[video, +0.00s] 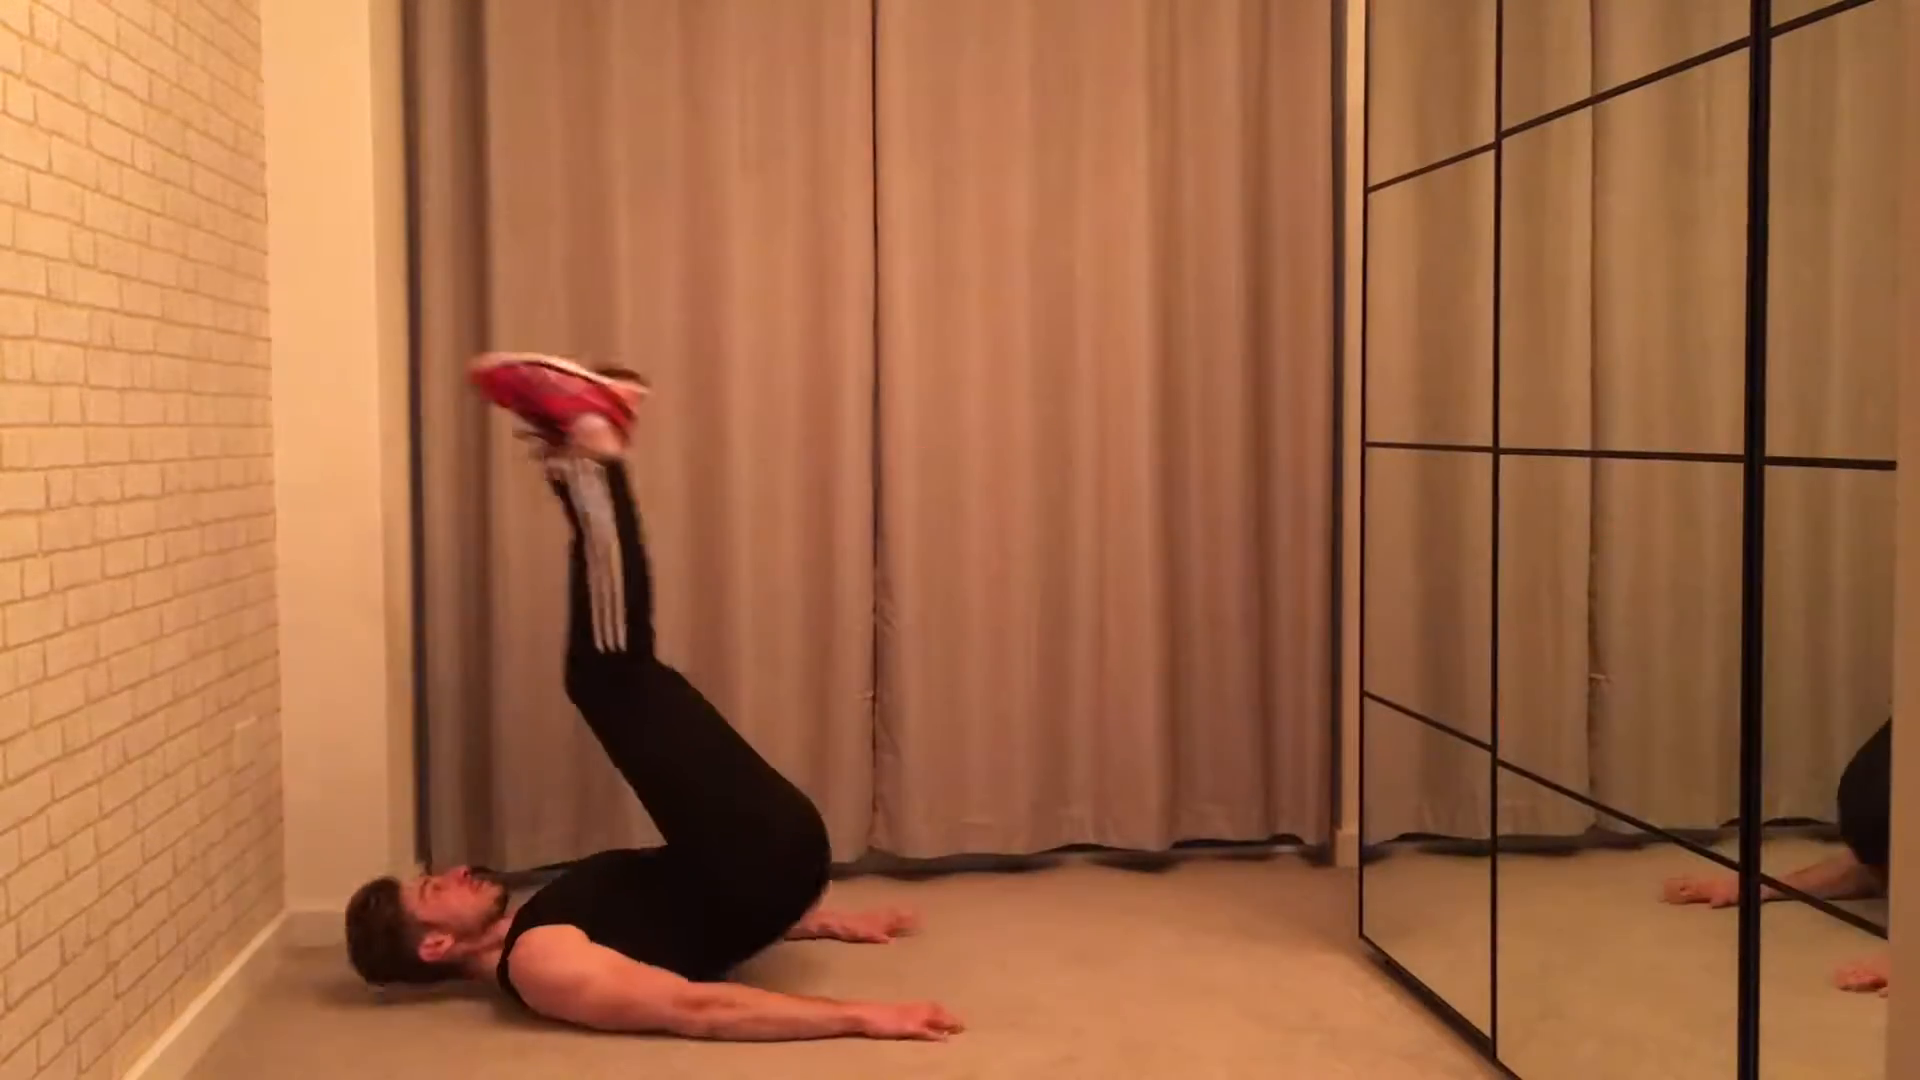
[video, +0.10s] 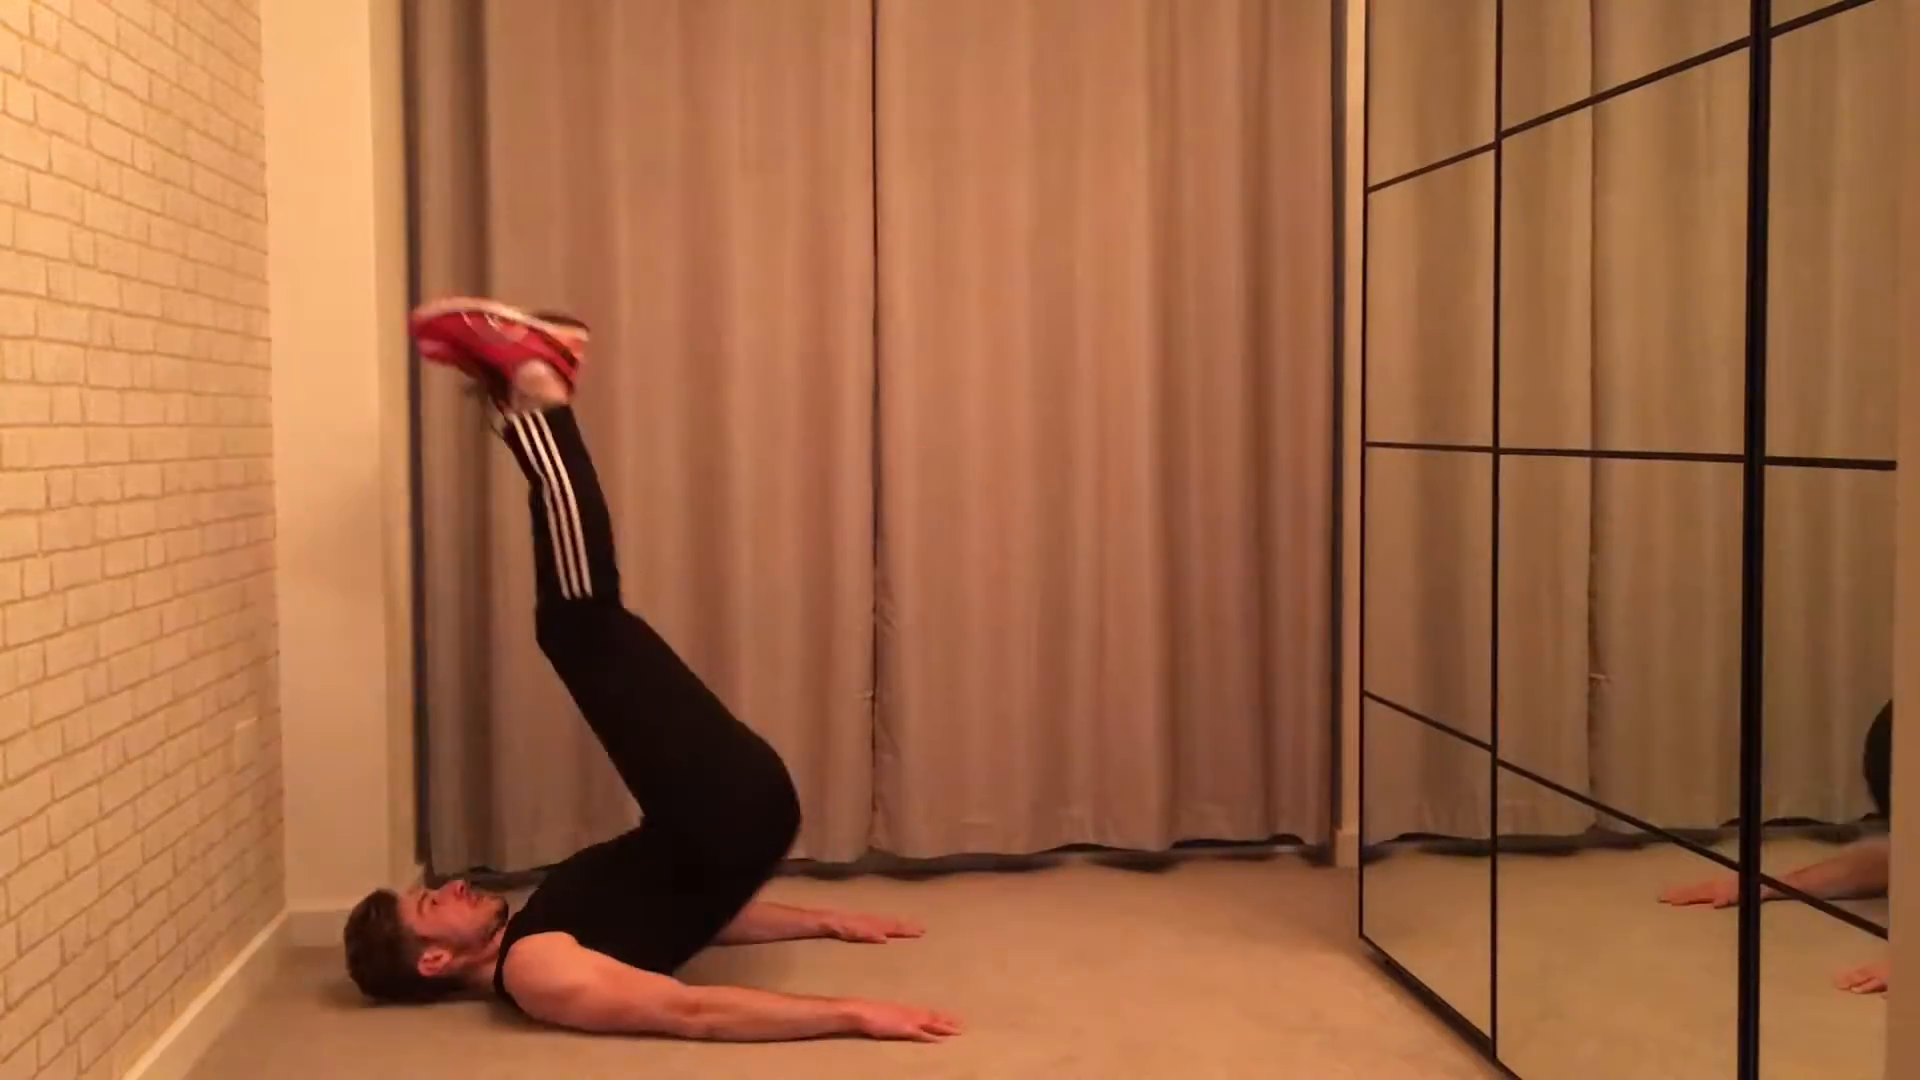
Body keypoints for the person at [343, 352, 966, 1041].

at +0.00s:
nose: (455, 871)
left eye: (432, 873)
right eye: (434, 887)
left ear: (450, 934)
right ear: (441, 949)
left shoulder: (537, 931)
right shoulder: (540, 963)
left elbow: (687, 908)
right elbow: (695, 1010)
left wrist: (826, 923)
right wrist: (862, 1017)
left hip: (757, 862)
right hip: (764, 868)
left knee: (610, 675)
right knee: (605, 677)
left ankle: (584, 455)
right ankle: (587, 454)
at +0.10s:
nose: (452, 889)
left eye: (434, 889)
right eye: (434, 904)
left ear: (450, 939)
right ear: (441, 958)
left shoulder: (543, 933)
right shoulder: (540, 969)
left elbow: (699, 919)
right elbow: (692, 1013)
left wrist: (829, 923)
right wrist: (849, 1017)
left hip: (730, 818)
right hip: (734, 823)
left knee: (583, 623)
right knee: (577, 624)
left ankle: (534, 398)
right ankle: (534, 397)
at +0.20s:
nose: (448, 893)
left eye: (428, 895)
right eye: (428, 914)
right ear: (437, 971)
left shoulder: (541, 935)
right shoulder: (537, 973)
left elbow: (689, 910)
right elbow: (688, 1013)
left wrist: (822, 922)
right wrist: (850, 1019)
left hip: (684, 794)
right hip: (700, 792)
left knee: (559, 578)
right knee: (558, 579)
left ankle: (514, 349)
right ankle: (508, 348)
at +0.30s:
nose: (446, 894)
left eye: (428, 895)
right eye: (427, 913)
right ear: (437, 968)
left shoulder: (541, 932)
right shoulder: (530, 973)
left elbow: (689, 914)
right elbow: (685, 1014)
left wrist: (826, 923)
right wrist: (848, 1020)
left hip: (662, 762)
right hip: (667, 764)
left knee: (544, 548)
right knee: (541, 547)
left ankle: (496, 307)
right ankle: (490, 303)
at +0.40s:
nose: (442, 894)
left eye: (424, 897)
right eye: (424, 914)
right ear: (434, 967)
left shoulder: (542, 932)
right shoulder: (523, 974)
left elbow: (684, 915)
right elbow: (683, 1014)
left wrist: (823, 922)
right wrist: (843, 1021)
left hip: (638, 743)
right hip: (645, 745)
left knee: (538, 522)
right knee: (533, 525)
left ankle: (498, 299)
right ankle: (477, 294)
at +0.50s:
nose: (439, 893)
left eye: (421, 896)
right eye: (421, 913)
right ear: (431, 967)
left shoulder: (539, 934)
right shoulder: (520, 976)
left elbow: (683, 916)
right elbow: (682, 1016)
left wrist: (821, 921)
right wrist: (839, 1020)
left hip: (622, 745)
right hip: (632, 744)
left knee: (533, 513)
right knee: (529, 515)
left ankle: (499, 293)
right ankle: (474, 287)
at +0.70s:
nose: (443, 892)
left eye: (425, 894)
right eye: (423, 913)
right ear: (432, 968)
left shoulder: (541, 936)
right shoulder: (520, 977)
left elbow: (682, 919)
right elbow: (683, 1017)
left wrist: (818, 922)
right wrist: (838, 1020)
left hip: (630, 745)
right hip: (634, 748)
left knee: (536, 515)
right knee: (528, 518)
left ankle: (527, 296)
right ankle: (496, 289)